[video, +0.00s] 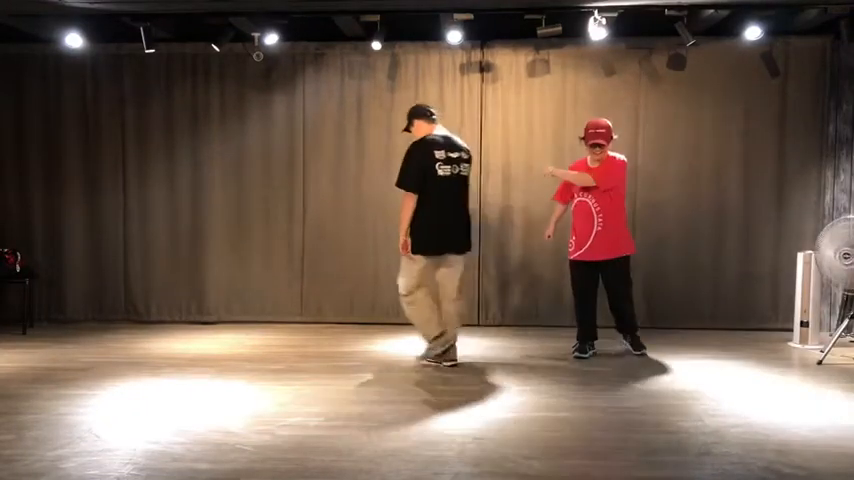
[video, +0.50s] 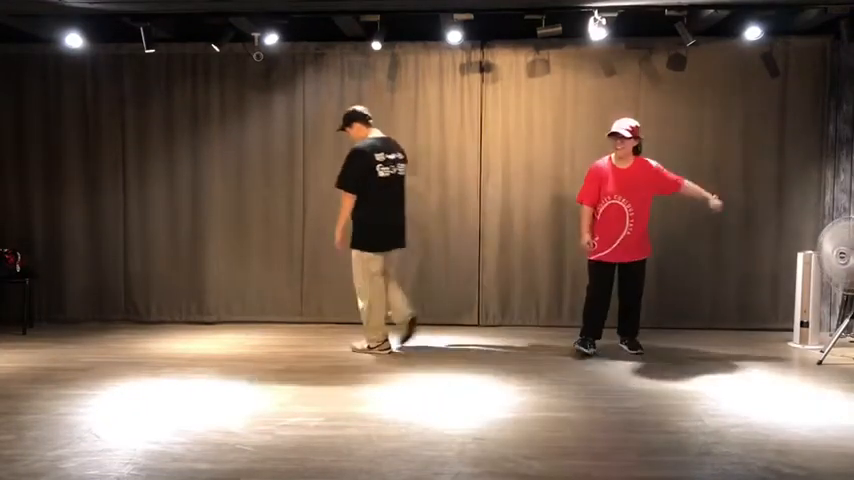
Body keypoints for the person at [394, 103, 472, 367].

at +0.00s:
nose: (412, 135)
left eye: (411, 130)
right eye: (411, 131)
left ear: (417, 123)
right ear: (435, 120)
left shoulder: (421, 147)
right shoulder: (462, 148)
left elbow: (411, 194)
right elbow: (460, 193)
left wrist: (403, 231)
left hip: (425, 233)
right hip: (457, 233)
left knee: (411, 287)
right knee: (450, 293)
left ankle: (437, 339)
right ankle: (448, 351)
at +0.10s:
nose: (400, 136)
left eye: (399, 131)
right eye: (399, 131)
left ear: (406, 125)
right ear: (423, 121)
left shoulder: (410, 149)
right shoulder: (448, 148)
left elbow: (404, 197)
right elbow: (445, 193)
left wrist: (398, 233)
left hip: (416, 235)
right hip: (446, 235)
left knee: (401, 292)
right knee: (444, 295)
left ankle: (399, 344)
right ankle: (446, 350)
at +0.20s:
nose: (388, 138)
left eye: (387, 132)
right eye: (386, 133)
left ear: (394, 127)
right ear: (411, 124)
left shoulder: (398, 153)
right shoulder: (435, 150)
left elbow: (393, 201)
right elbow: (427, 194)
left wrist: (390, 235)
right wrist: (394, 213)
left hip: (407, 235)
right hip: (436, 234)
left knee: (395, 291)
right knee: (439, 295)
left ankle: (379, 337)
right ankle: (446, 350)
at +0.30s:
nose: (374, 138)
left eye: (373, 132)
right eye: (372, 133)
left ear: (381, 128)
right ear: (395, 125)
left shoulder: (384, 154)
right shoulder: (420, 149)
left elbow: (380, 200)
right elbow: (420, 194)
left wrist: (376, 235)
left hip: (394, 234)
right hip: (422, 233)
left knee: (385, 291)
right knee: (427, 291)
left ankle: (377, 339)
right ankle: (443, 344)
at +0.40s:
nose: (360, 136)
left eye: (359, 131)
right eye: (358, 132)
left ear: (367, 127)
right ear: (381, 124)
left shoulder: (371, 154)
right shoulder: (405, 147)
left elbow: (365, 199)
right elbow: (408, 189)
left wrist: (360, 233)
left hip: (379, 231)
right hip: (407, 229)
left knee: (376, 287)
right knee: (408, 280)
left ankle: (377, 340)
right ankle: (429, 324)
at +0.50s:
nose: (349, 136)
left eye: (349, 131)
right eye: (348, 131)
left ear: (356, 126)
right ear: (369, 123)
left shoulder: (360, 152)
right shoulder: (395, 147)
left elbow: (349, 196)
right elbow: (394, 190)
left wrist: (340, 228)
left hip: (367, 229)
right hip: (393, 226)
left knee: (368, 285)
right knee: (385, 276)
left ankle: (377, 339)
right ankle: (405, 316)